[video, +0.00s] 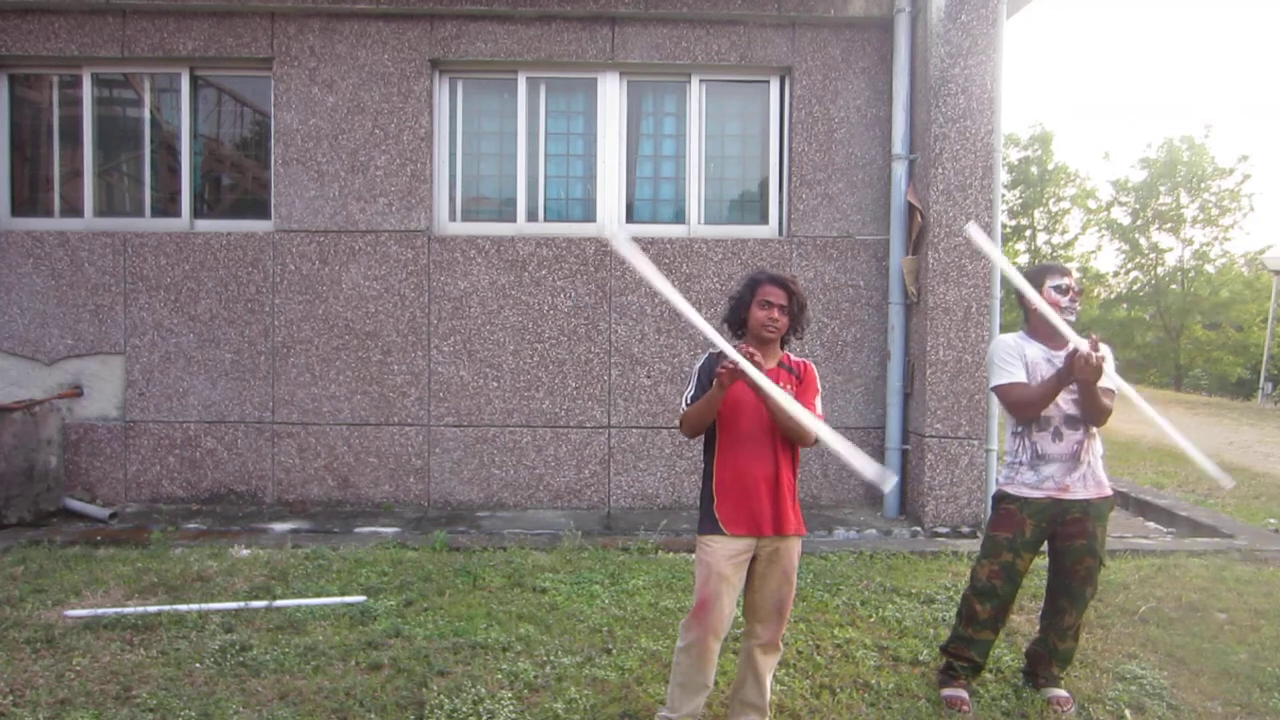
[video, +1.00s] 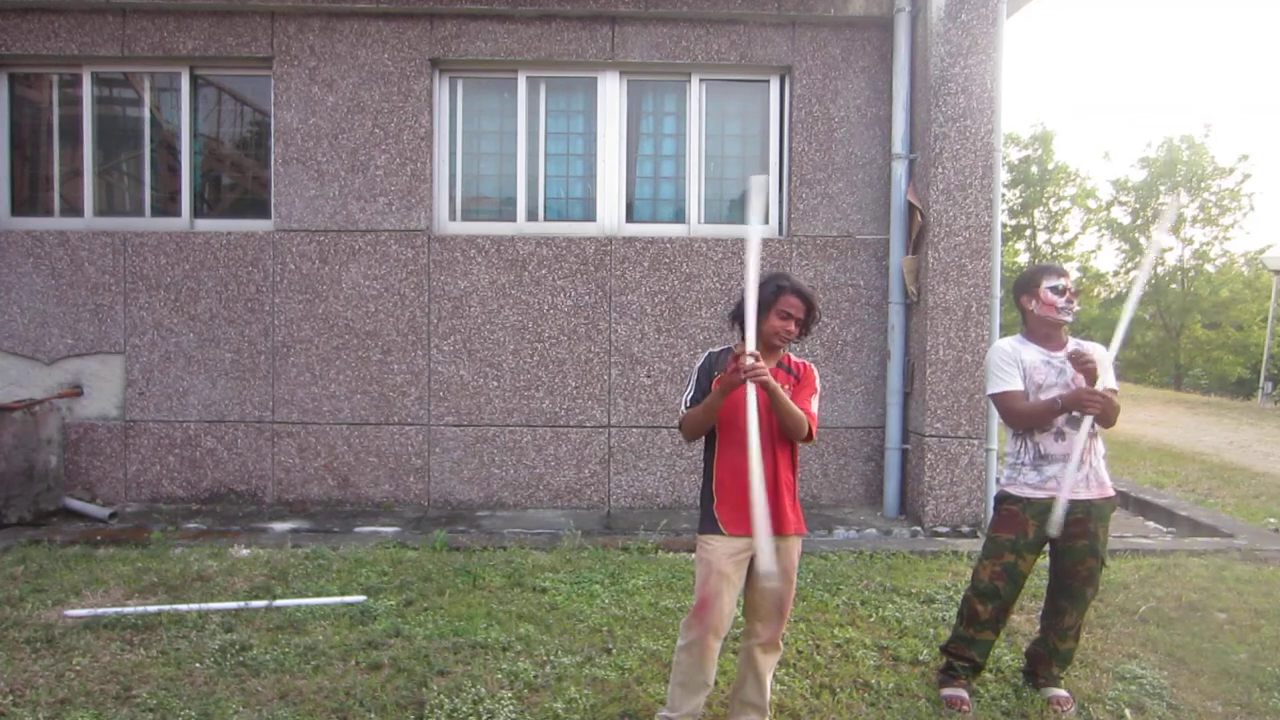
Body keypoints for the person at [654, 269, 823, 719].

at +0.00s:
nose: (774, 315)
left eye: (783, 309)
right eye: (765, 305)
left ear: (791, 320)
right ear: (744, 311)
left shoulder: (801, 370)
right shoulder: (717, 362)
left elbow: (806, 436)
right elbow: (689, 427)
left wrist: (764, 381)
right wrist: (722, 386)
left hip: (782, 519)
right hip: (725, 518)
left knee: (767, 635)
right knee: (707, 623)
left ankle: (750, 714)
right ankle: (679, 714)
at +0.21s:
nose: (776, 317)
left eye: (784, 311)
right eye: (767, 307)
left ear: (792, 320)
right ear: (746, 311)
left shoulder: (803, 371)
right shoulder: (719, 363)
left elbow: (806, 438)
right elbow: (693, 429)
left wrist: (762, 409)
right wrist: (720, 391)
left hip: (782, 520)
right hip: (725, 518)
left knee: (767, 634)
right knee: (708, 622)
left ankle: (750, 714)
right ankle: (679, 714)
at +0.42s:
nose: (786, 320)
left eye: (794, 314)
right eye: (778, 308)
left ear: (798, 323)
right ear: (751, 309)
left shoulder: (803, 371)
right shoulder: (717, 364)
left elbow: (803, 441)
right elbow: (695, 431)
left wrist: (763, 414)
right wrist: (719, 393)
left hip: (780, 518)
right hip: (723, 516)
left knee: (767, 635)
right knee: (709, 620)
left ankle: (750, 714)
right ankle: (678, 714)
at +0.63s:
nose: (789, 322)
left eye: (797, 316)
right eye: (781, 311)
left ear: (800, 324)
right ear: (753, 311)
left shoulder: (803, 371)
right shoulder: (718, 362)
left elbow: (798, 440)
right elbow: (695, 431)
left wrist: (763, 405)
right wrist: (720, 395)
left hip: (782, 520)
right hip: (725, 518)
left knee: (767, 634)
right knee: (707, 623)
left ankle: (749, 714)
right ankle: (678, 714)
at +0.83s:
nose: (789, 325)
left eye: (797, 319)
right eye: (782, 313)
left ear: (800, 324)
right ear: (754, 310)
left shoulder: (802, 371)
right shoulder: (716, 362)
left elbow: (799, 434)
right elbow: (694, 432)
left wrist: (769, 392)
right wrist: (727, 393)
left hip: (782, 520)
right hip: (725, 519)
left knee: (767, 635)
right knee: (708, 623)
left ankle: (749, 714)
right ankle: (678, 714)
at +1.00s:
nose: (791, 327)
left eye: (799, 321)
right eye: (783, 315)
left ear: (802, 327)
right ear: (756, 312)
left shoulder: (802, 372)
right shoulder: (718, 362)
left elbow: (803, 432)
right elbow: (689, 429)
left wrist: (771, 385)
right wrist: (722, 390)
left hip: (782, 520)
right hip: (725, 518)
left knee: (767, 635)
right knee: (707, 622)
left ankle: (749, 714)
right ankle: (678, 714)